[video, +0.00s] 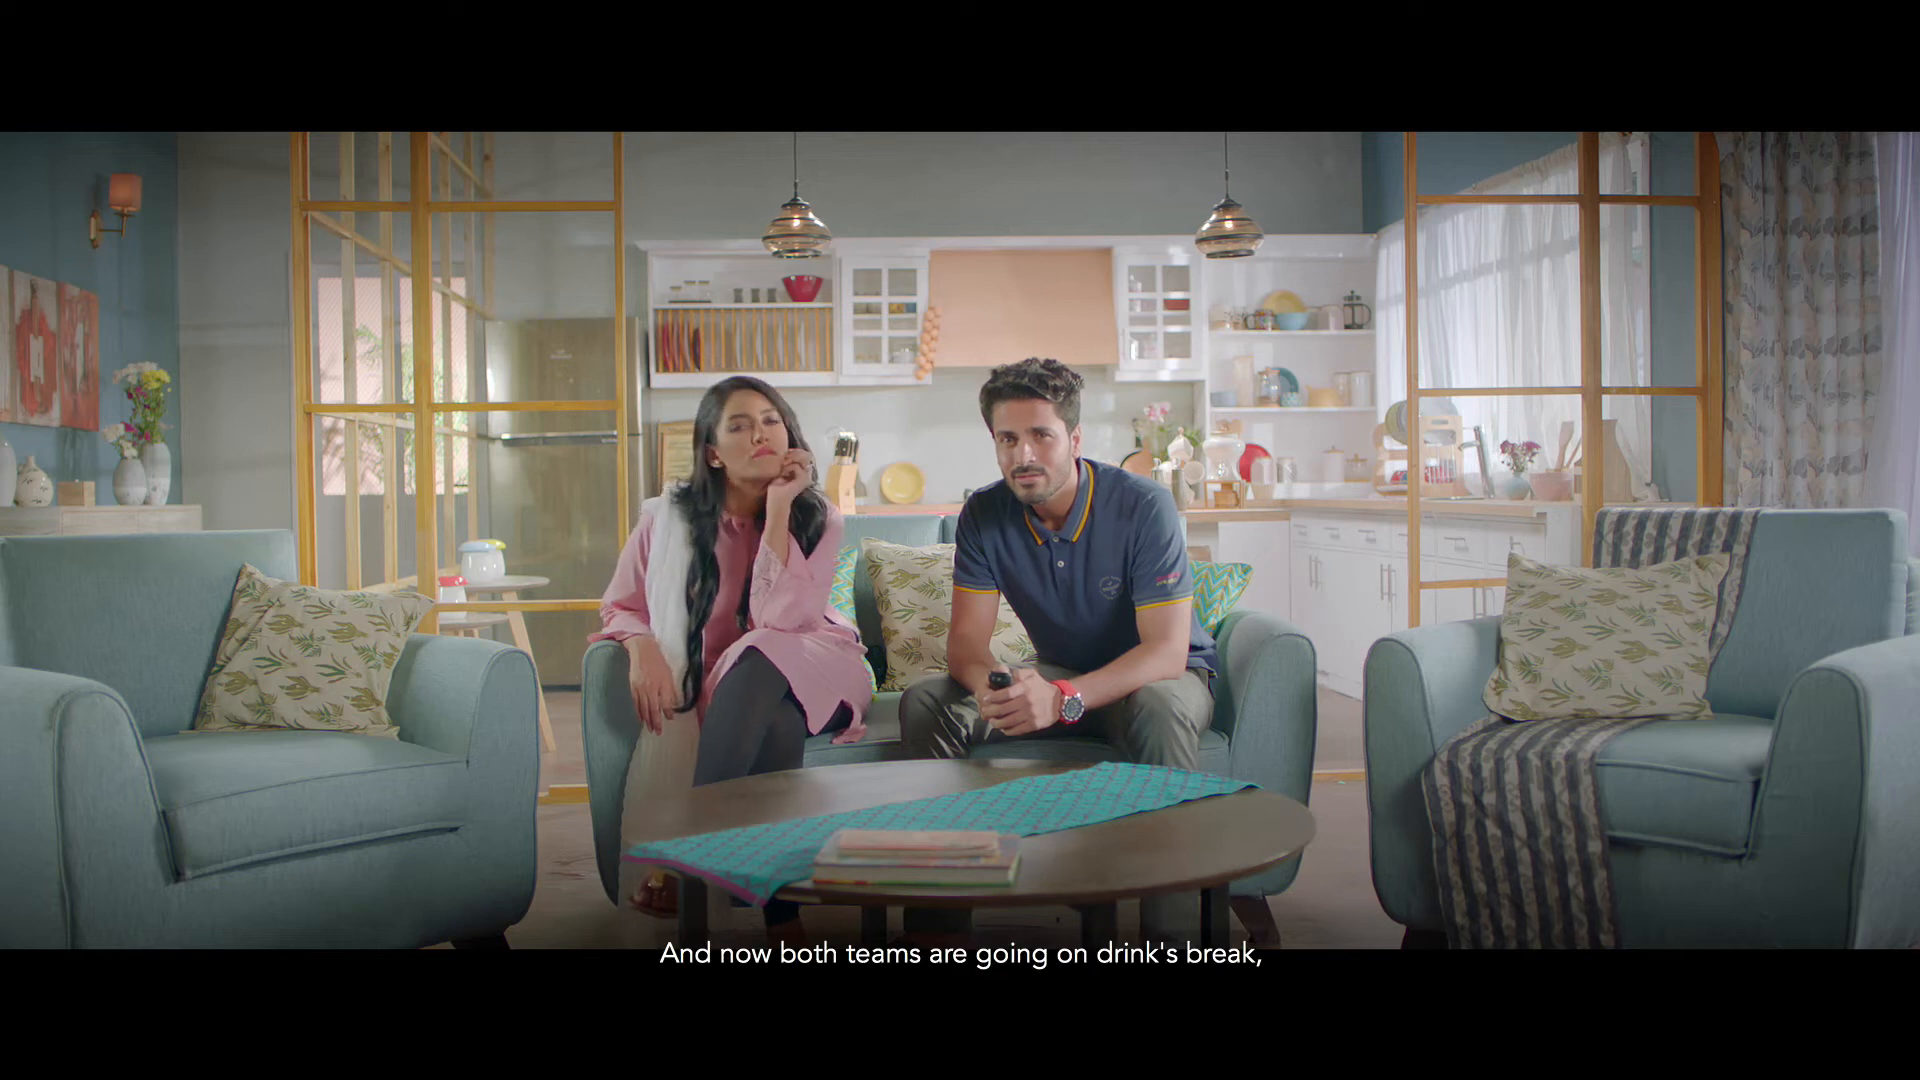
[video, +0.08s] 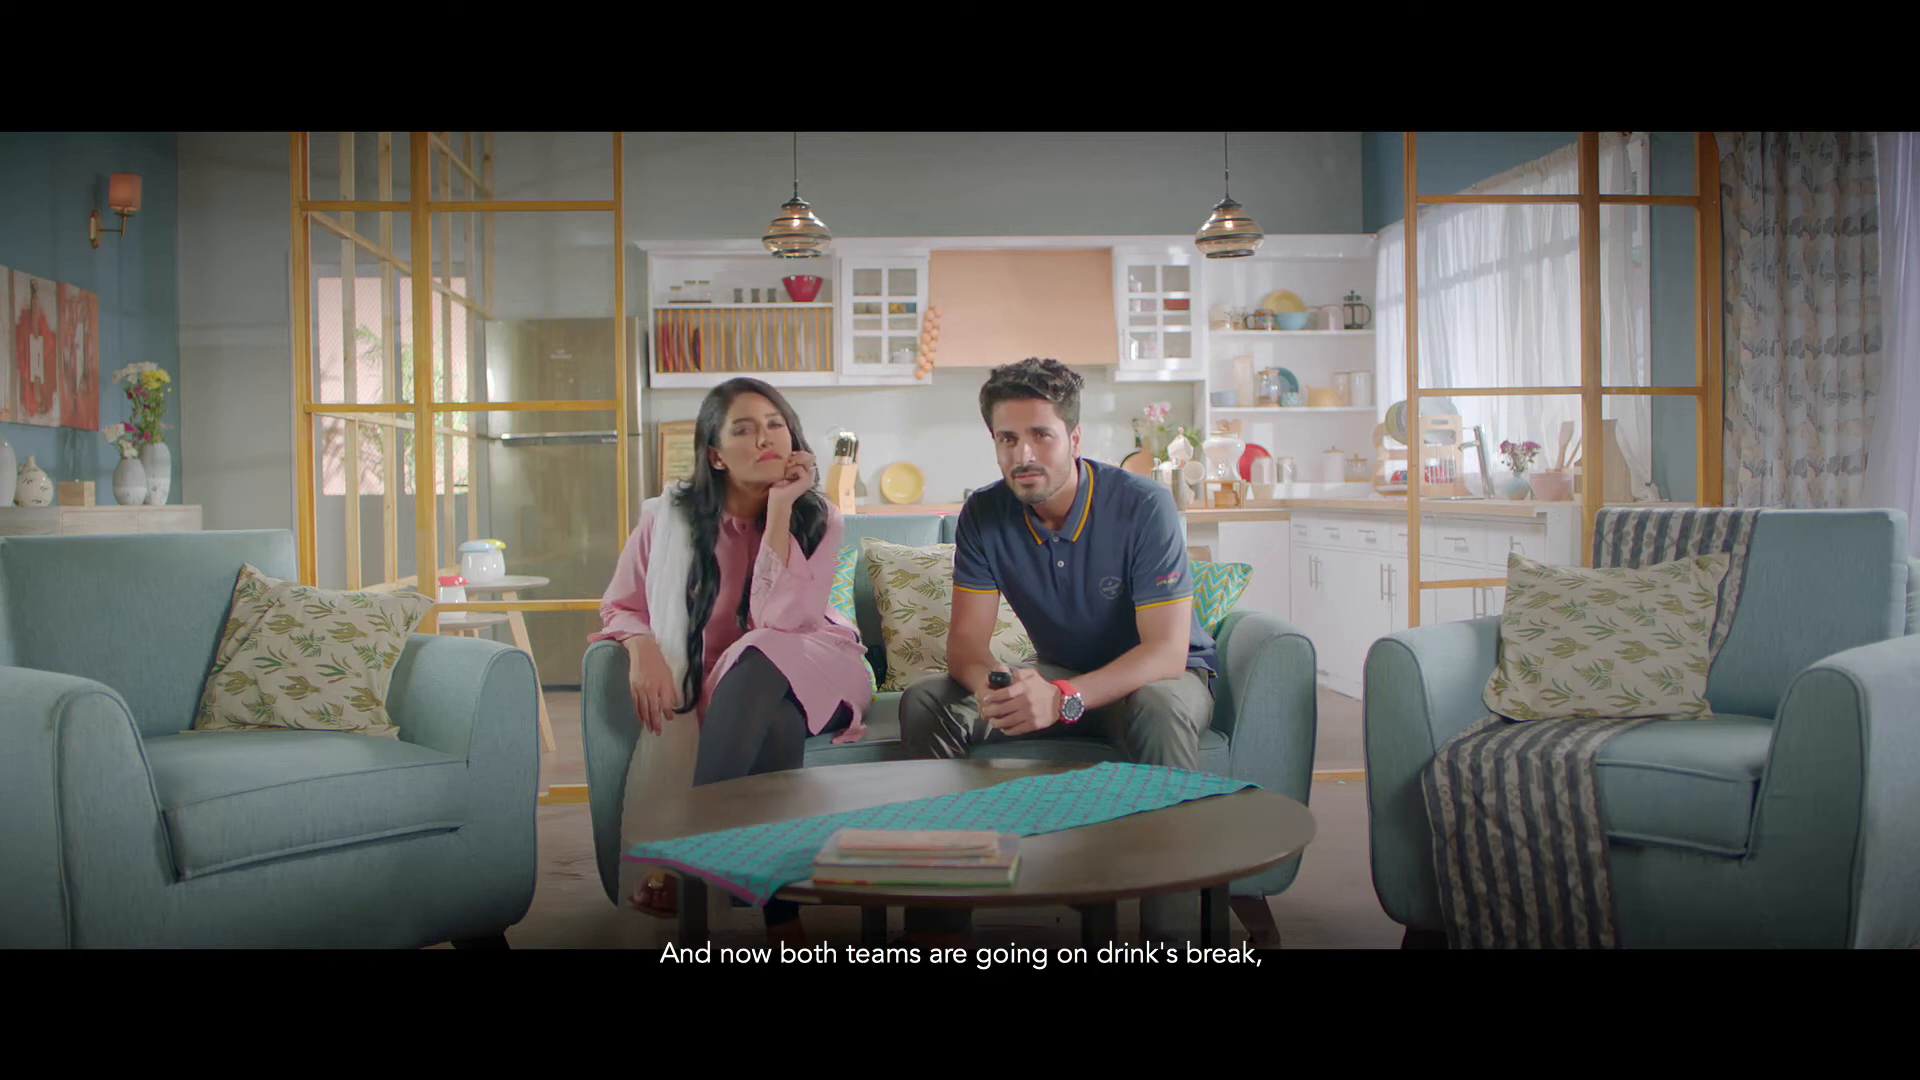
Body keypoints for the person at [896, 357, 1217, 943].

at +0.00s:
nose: (1023, 455)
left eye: (1040, 436)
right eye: (1008, 438)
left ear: (1075, 440)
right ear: (993, 443)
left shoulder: (1143, 507)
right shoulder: (985, 515)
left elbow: (1167, 654)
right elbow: (966, 647)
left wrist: (1064, 698)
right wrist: (996, 687)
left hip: (1156, 675)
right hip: (1060, 676)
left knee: (1157, 709)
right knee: (927, 702)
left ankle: (1172, 925)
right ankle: (941, 897)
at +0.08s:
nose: (1023, 454)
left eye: (1039, 435)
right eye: (1008, 438)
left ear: (1075, 440)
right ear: (993, 443)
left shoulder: (1142, 507)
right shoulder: (984, 515)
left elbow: (1167, 654)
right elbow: (966, 646)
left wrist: (1065, 698)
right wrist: (994, 686)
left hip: (1157, 676)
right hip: (1060, 677)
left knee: (1157, 709)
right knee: (926, 702)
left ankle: (1172, 923)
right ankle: (943, 898)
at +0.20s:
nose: (1023, 454)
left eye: (1039, 436)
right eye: (1008, 438)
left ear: (1075, 439)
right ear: (993, 442)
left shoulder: (1143, 507)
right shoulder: (985, 515)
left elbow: (1166, 654)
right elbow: (965, 647)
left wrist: (1064, 698)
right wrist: (995, 685)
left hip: (1156, 676)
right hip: (1059, 677)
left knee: (1157, 709)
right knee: (926, 703)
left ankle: (1172, 922)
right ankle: (942, 898)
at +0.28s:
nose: (1023, 454)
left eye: (1039, 436)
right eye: (1008, 438)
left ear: (1075, 439)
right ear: (993, 443)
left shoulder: (1143, 507)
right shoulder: (985, 515)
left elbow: (1167, 654)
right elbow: (966, 647)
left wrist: (1064, 698)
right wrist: (995, 687)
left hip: (1156, 675)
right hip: (1059, 676)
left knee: (1157, 709)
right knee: (927, 702)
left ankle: (1172, 926)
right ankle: (941, 898)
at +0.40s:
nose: (1023, 454)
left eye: (1040, 436)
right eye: (1008, 438)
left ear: (1075, 440)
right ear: (993, 443)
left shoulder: (1143, 507)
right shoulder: (985, 515)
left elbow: (1167, 654)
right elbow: (966, 647)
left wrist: (1064, 698)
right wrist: (995, 687)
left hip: (1157, 675)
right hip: (1059, 676)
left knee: (1157, 709)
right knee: (927, 702)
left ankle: (1172, 926)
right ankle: (941, 898)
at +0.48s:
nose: (1023, 454)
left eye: (1040, 435)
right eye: (1008, 438)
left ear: (1075, 440)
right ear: (993, 443)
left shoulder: (1143, 507)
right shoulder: (985, 515)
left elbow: (1167, 654)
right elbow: (966, 648)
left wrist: (1064, 698)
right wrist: (995, 687)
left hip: (1155, 676)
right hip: (1060, 676)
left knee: (1157, 710)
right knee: (927, 703)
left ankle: (1173, 927)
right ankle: (940, 899)